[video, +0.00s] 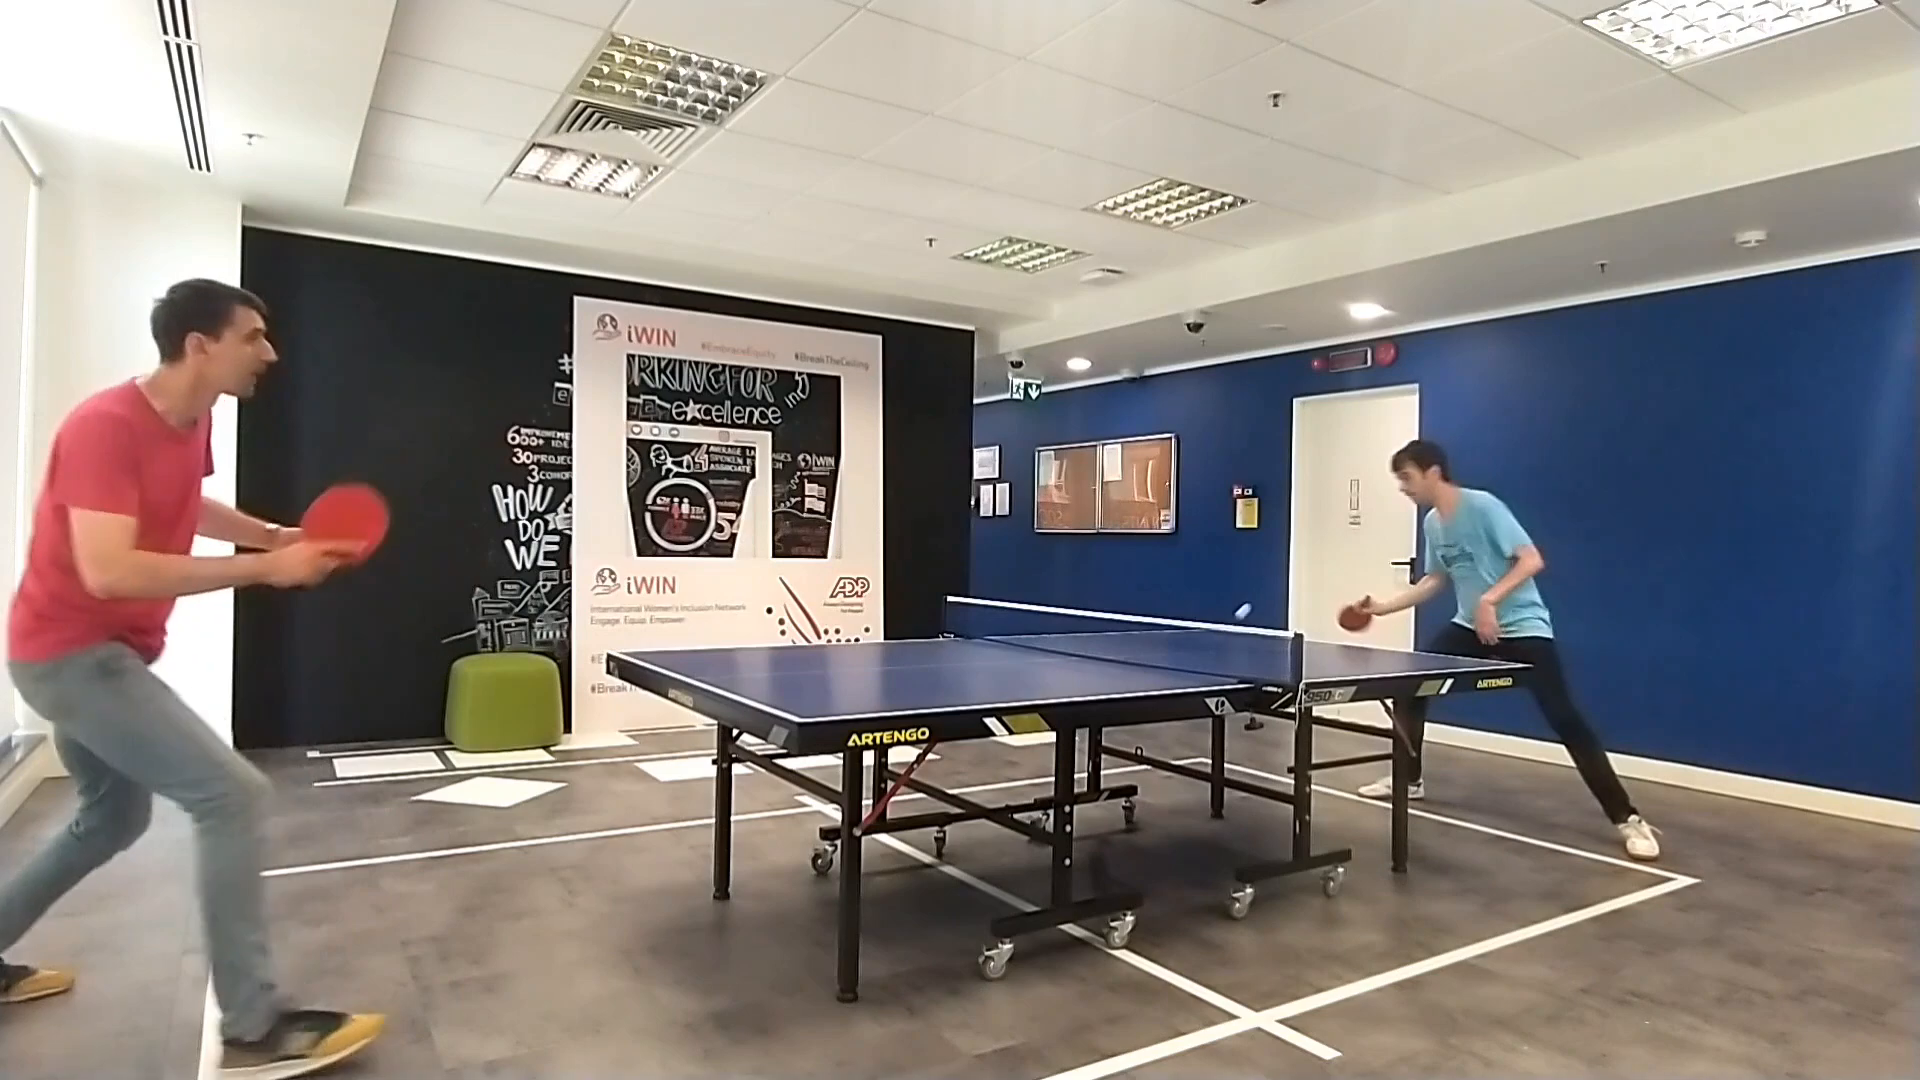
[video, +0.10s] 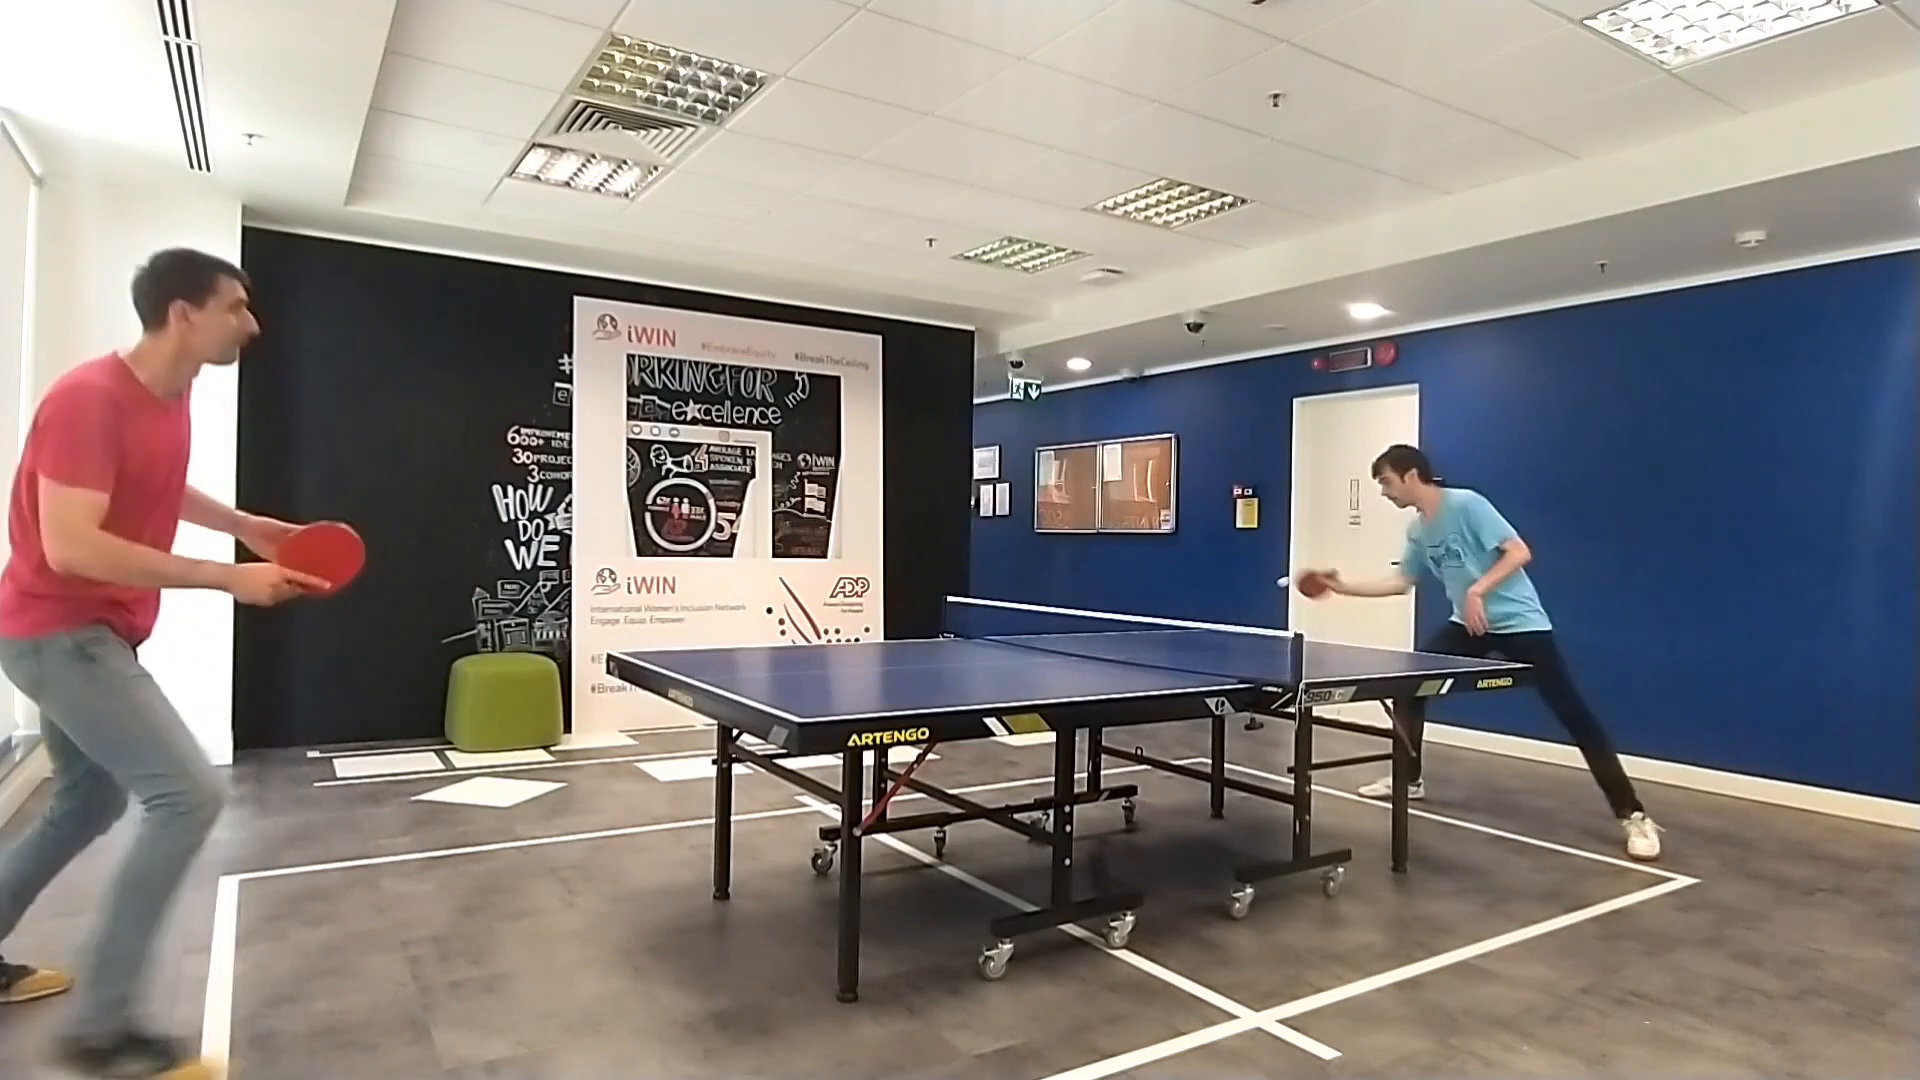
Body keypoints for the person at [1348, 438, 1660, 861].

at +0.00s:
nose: (1402, 488)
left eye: (1406, 477)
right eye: (1399, 480)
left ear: (1434, 472)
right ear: (1422, 478)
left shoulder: (1482, 505)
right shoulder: (1432, 522)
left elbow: (1531, 560)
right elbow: (1435, 581)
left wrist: (1489, 600)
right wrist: (1380, 607)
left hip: (1523, 628)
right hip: (1470, 629)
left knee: (1563, 718)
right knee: (1408, 686)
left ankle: (1627, 820)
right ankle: (1407, 778)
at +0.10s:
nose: (1383, 492)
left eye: (1385, 482)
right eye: (1380, 485)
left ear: (1410, 474)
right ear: (1406, 478)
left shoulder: (1466, 504)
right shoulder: (1417, 532)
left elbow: (1518, 552)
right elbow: (1399, 582)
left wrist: (1476, 591)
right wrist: (1338, 583)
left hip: (1522, 626)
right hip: (1468, 629)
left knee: (1573, 712)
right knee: (1408, 683)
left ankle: (1632, 816)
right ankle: (1406, 778)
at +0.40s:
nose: (1426, 484)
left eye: (1434, 474)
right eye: (1424, 477)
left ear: (1463, 475)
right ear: (1433, 486)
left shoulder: (1508, 511)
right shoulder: (1435, 535)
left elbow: (1554, 563)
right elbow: (1392, 585)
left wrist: (1514, 588)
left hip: (1541, 636)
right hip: (1483, 639)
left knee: (1602, 716)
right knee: (1414, 685)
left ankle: (1689, 813)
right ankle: (1405, 780)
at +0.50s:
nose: (1473, 481)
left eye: (1481, 473)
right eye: (1470, 474)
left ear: (1510, 476)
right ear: (1473, 482)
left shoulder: (1552, 517)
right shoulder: (1473, 532)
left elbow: (1592, 572)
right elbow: (1447, 579)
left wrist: (1551, 596)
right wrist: (1445, 599)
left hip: (1569, 648)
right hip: (1507, 645)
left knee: (1622, 730)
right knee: (1433, 700)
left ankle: (1698, 825)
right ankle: (1404, 780)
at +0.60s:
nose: (1518, 474)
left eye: (1527, 465)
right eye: (1516, 467)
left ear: (1557, 469)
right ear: (1518, 474)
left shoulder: (1598, 515)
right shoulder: (1518, 527)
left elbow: (1636, 574)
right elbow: (1496, 577)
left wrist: (1595, 601)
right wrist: (1482, 605)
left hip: (1603, 646)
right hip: (1541, 642)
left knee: (1642, 731)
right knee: (1473, 703)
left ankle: (1701, 826)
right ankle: (1417, 776)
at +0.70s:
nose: (1548, 462)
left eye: (1558, 453)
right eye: (1546, 455)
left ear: (1586, 459)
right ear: (1546, 462)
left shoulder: (1623, 507)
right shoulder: (1549, 514)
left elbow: (1670, 565)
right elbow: (1528, 566)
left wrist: (1626, 598)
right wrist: (1507, 585)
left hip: (1628, 637)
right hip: (1572, 629)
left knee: (1653, 726)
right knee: (1505, 682)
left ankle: (1703, 827)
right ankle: (1468, 776)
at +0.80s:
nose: (1561, 451)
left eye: (1570, 443)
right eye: (1557, 445)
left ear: (1598, 449)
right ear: (1556, 453)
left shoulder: (1636, 494)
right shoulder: (1559, 503)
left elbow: (1683, 552)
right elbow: (1539, 553)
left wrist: (1645, 577)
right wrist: (1511, 571)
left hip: (1647, 624)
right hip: (1589, 621)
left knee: (1670, 712)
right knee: (1528, 681)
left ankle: (1708, 821)